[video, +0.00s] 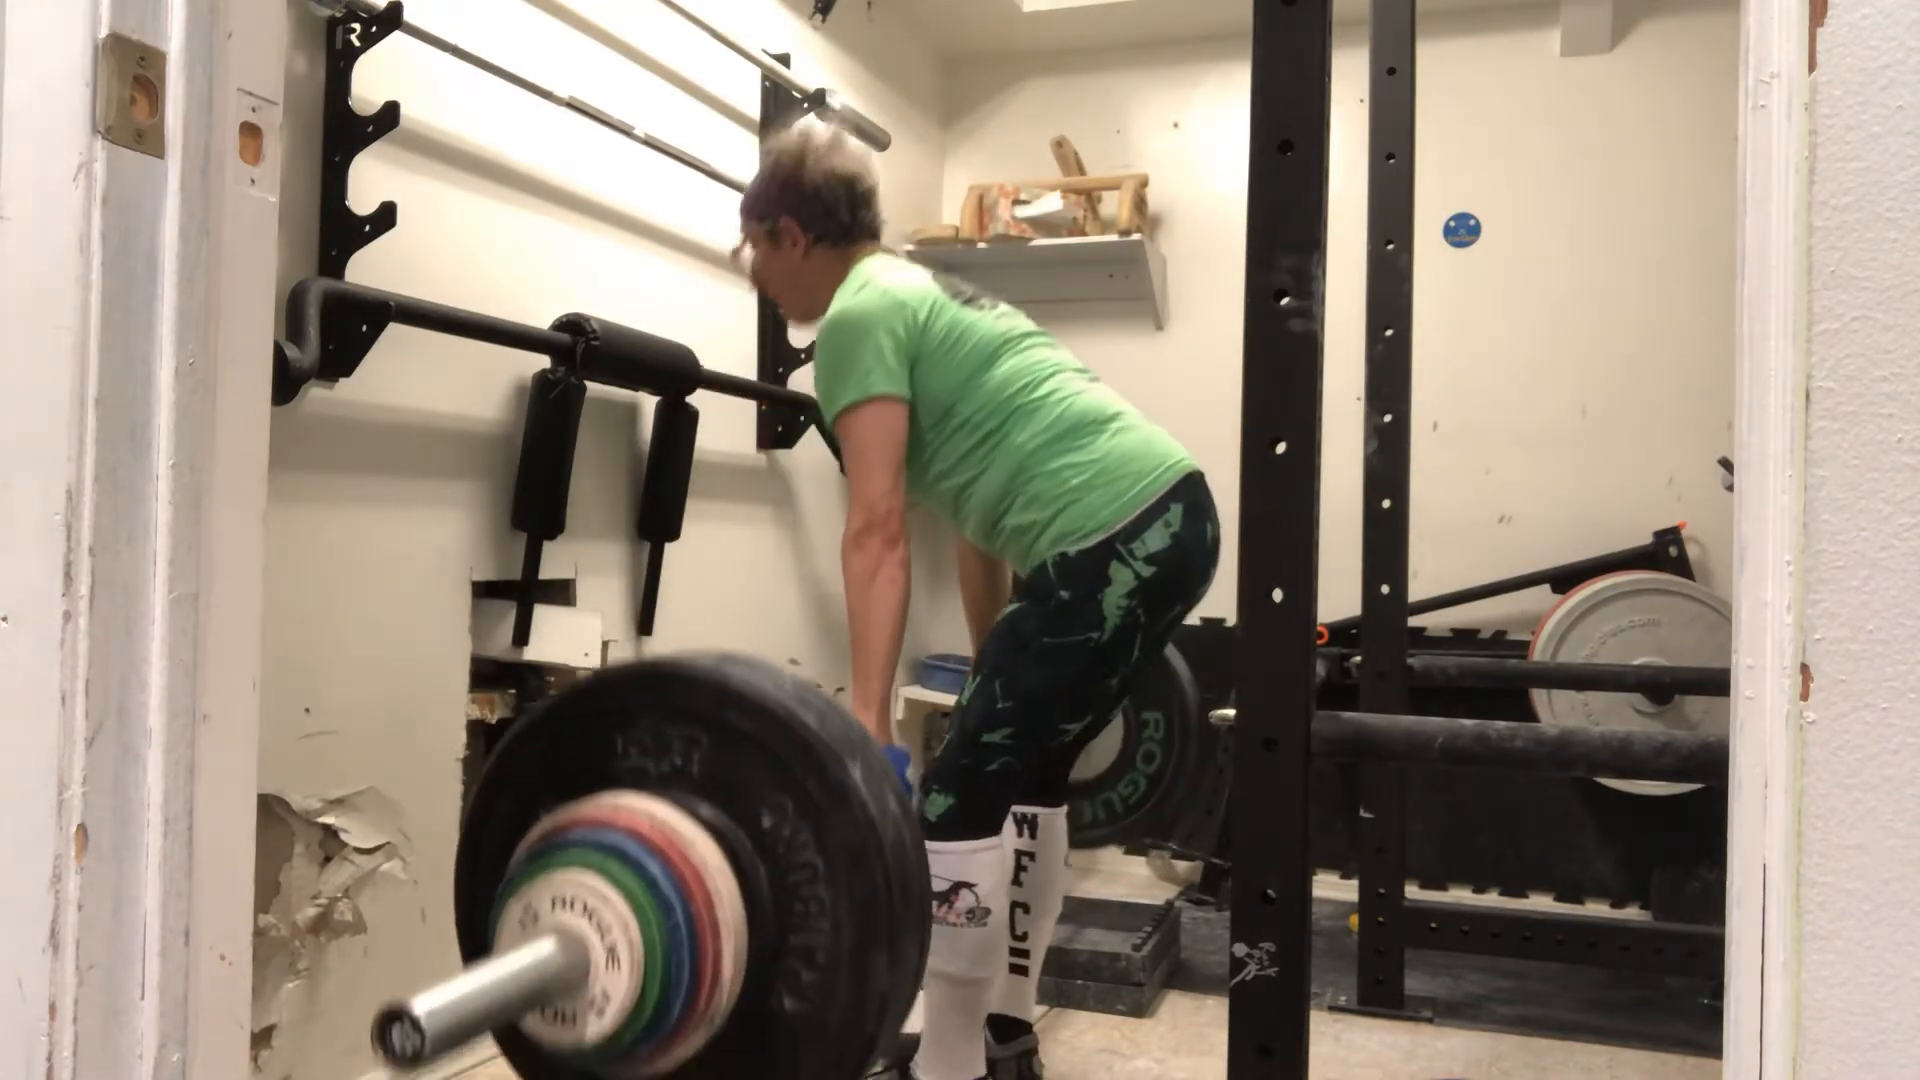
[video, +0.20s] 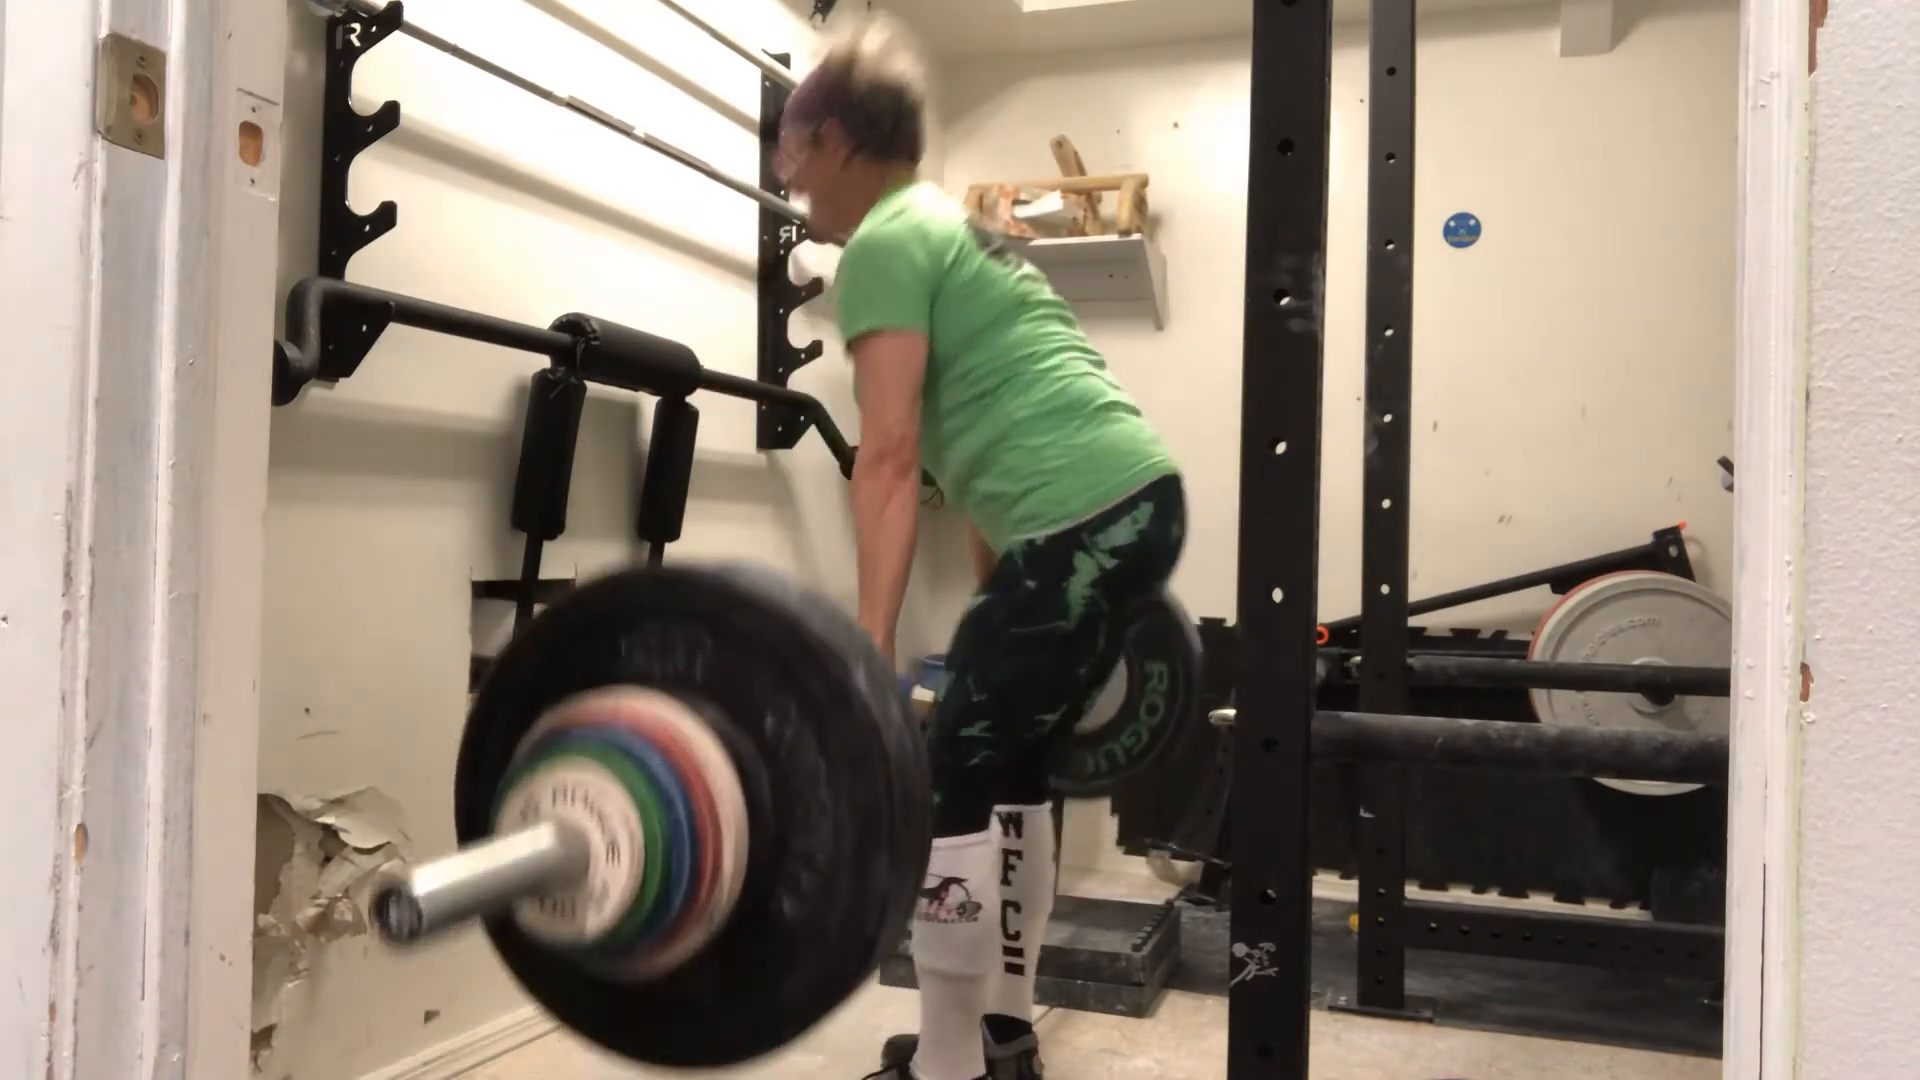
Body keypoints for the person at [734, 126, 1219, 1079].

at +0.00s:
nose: (751, 266)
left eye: (754, 242)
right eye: (749, 244)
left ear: (796, 235)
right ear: (843, 229)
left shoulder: (862, 312)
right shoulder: (922, 297)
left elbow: (877, 534)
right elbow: (981, 527)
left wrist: (868, 727)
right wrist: (992, 681)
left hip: (1111, 535)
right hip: (1160, 512)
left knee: (958, 800)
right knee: (1028, 780)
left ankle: (946, 1062)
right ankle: (1006, 1024)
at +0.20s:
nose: (783, 169)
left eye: (792, 143)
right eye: (785, 145)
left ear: (838, 140)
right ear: (879, 142)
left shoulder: (886, 243)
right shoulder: (945, 227)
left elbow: (891, 461)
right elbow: (996, 435)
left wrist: (870, 653)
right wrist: (991, 599)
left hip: (1077, 524)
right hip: (1129, 502)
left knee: (957, 772)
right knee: (1018, 755)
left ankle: (947, 1062)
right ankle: (1005, 1017)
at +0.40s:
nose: (873, 70)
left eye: (885, 44)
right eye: (871, 48)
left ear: (944, 33)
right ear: (964, 38)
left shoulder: (951, 150)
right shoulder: (1021, 145)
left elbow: (925, 365)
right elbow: (1026, 345)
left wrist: (875, 550)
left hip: (999, 498)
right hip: (1071, 483)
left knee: (961, 784)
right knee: (1026, 757)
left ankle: (950, 1057)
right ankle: (1003, 1020)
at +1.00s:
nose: (784, 172)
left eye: (791, 145)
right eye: (782, 150)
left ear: (846, 130)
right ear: (863, 133)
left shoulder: (880, 230)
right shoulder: (935, 217)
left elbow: (883, 441)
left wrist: (856, 624)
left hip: (1050, 520)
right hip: (1101, 500)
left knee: (916, 769)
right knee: (995, 763)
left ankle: (941, 1061)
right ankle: (999, 1022)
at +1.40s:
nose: (711, 318)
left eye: (717, 293)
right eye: (709, 297)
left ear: (761, 282)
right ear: (790, 277)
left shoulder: (821, 351)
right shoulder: (881, 339)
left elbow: (850, 562)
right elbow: (950, 538)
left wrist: (838, 758)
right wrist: (973, 683)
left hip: (1083, 552)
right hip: (1137, 526)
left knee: (913, 798)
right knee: (1004, 779)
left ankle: (942, 1063)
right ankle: (1001, 1028)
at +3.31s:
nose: (730, 324)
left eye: (733, 300)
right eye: (727, 304)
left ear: (776, 285)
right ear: (810, 279)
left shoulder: (839, 353)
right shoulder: (905, 335)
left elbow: (861, 573)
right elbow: (964, 558)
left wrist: (855, 760)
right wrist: (979, 694)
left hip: (1098, 551)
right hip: (1156, 524)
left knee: (930, 801)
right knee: (1015, 779)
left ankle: (943, 1063)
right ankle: (1003, 1027)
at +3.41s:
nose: (738, 295)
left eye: (741, 271)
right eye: (736, 275)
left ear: (783, 258)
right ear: (818, 252)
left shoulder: (849, 329)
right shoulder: (917, 315)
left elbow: (865, 551)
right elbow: (970, 545)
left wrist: (859, 744)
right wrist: (982, 696)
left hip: (1098, 538)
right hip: (1153, 517)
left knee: (937, 796)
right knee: (1017, 778)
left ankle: (943, 1064)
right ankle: (1003, 1028)